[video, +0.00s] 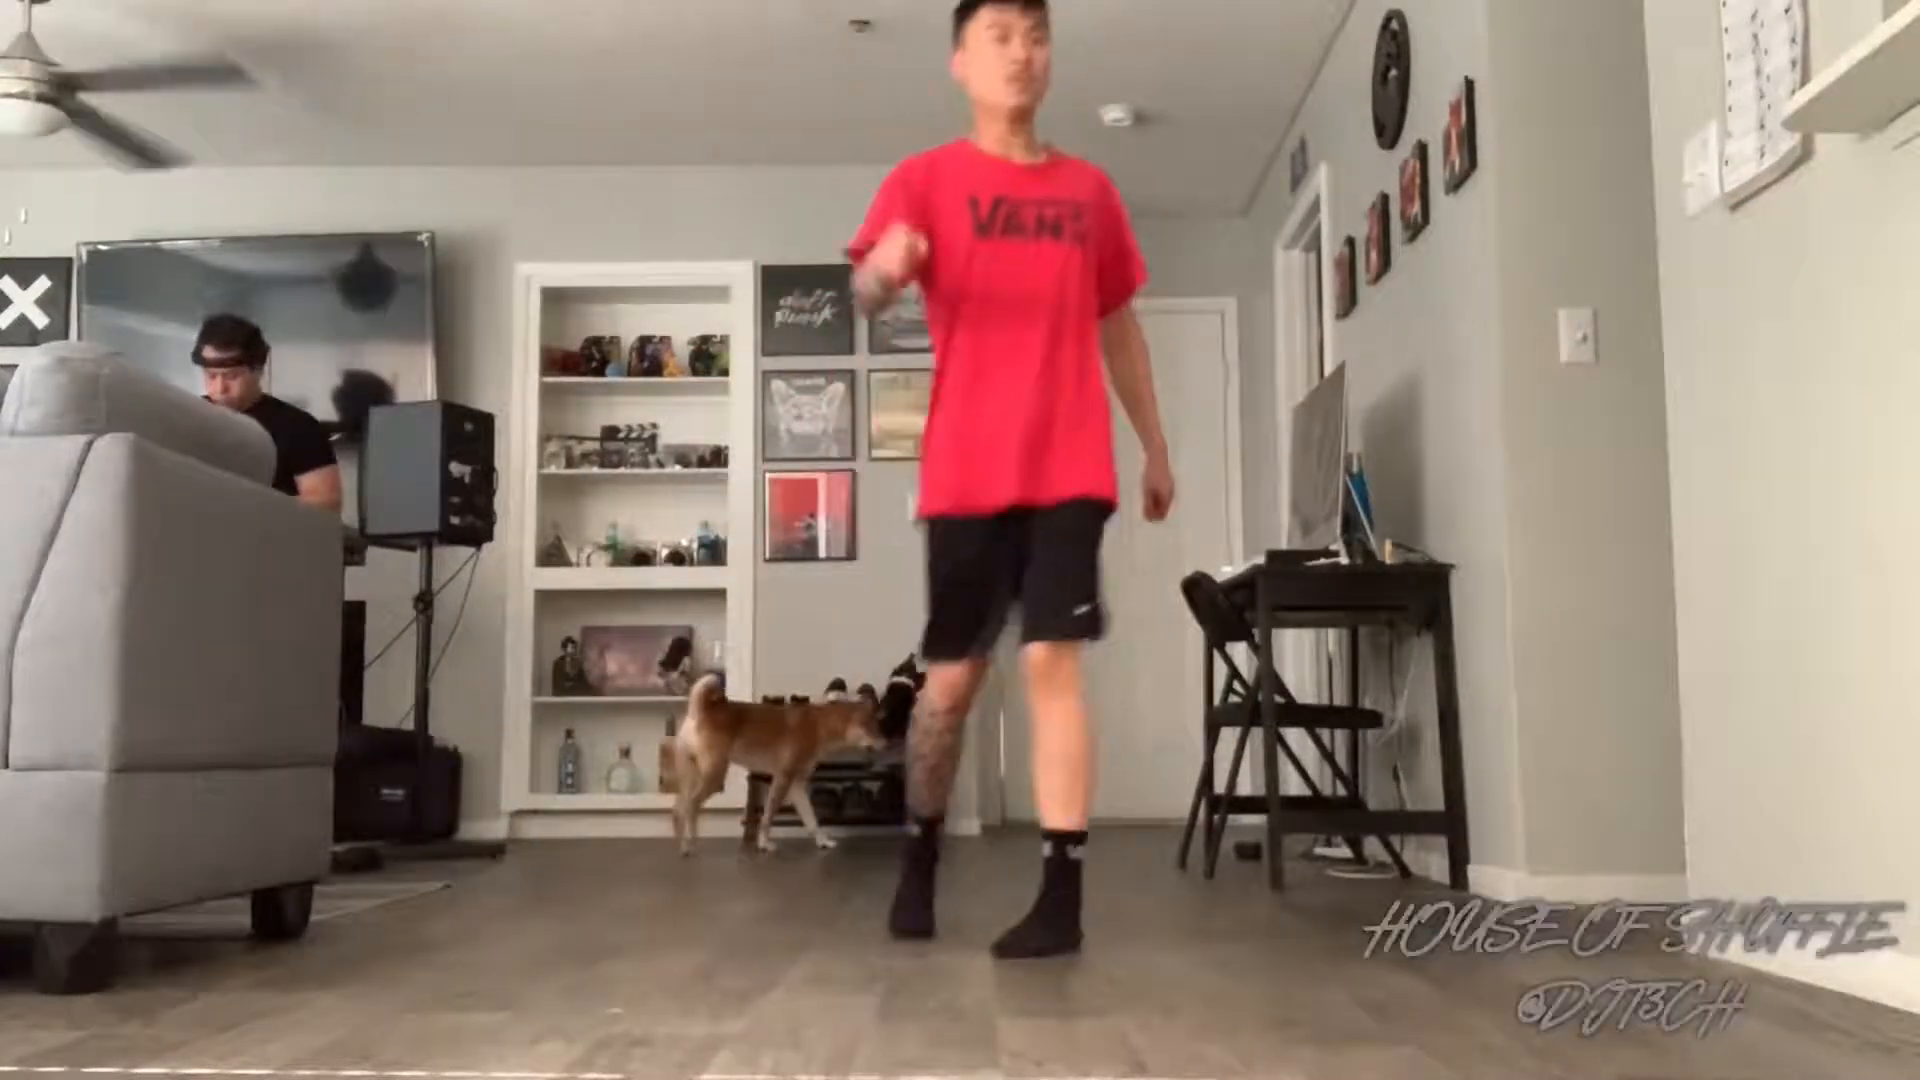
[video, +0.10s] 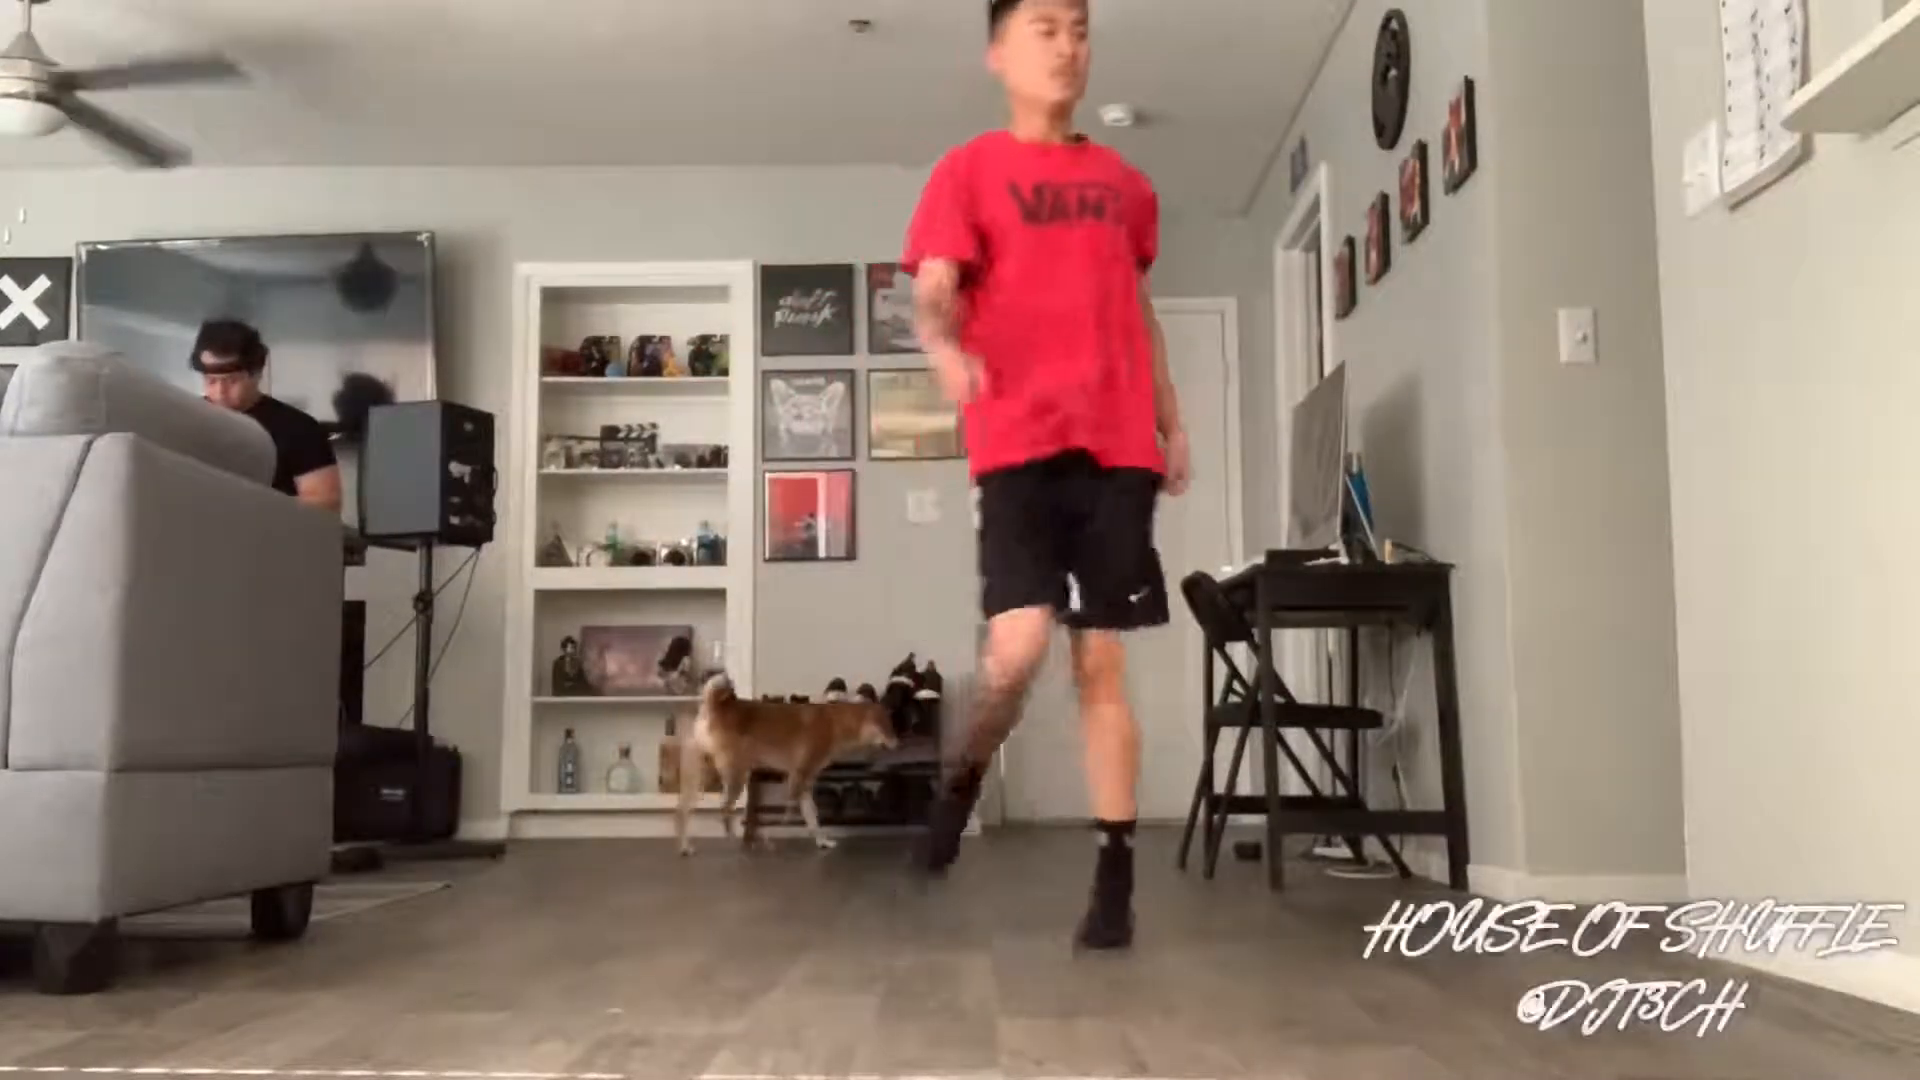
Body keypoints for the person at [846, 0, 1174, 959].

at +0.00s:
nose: (1023, 54)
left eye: (1036, 38)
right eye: (1000, 38)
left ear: (1053, 61)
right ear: (959, 63)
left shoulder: (1088, 187)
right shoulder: (924, 181)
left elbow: (1120, 326)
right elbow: (869, 286)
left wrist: (1154, 445)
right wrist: (887, 266)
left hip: (1070, 458)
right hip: (968, 461)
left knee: (1051, 661)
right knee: (951, 683)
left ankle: (1060, 898)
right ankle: (919, 863)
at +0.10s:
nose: (1067, 46)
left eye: (1078, 33)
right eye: (1046, 31)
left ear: (1091, 57)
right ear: (997, 55)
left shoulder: (1123, 180)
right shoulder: (969, 170)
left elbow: (1135, 305)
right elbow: (930, 296)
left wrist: (1168, 418)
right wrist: (948, 355)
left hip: (1118, 444)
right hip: (1017, 441)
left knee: (1100, 665)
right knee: (1019, 653)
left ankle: (1115, 878)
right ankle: (958, 787)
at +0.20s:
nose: (1107, 51)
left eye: (1114, 39)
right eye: (1083, 39)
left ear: (1126, 71)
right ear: (1035, 74)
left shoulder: (1155, 200)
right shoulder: (1008, 190)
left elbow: (1162, 322)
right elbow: (962, 333)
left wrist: (1198, 367)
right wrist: (976, 436)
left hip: (1151, 455)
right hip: (1058, 451)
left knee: (1132, 675)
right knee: (1120, 614)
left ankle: (1130, 883)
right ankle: (1022, 745)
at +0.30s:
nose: (1130, 37)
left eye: (1136, 25)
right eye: (1106, 23)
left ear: (1145, 52)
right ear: (1055, 54)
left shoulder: (1179, 171)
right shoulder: (1027, 173)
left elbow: (1200, 303)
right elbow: (987, 328)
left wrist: (1232, 302)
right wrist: (992, 452)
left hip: (1182, 437)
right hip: (1090, 437)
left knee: (1142, 661)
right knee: (1194, 618)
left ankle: (1119, 871)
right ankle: (1154, 817)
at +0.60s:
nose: (1172, 28)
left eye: (1172, 13)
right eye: (1149, 16)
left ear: (1164, 46)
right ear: (1093, 49)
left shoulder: (1169, 162)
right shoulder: (1068, 150)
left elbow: (1173, 311)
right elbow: (1018, 296)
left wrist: (1235, 397)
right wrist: (1102, 381)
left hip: (1194, 433)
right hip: (1126, 440)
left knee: (1281, 618)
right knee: (1173, 649)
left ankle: (1145, 762)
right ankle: (1127, 877)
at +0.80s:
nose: (1146, 36)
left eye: (1151, 24)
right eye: (1122, 21)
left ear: (1153, 54)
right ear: (1068, 48)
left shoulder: (1163, 176)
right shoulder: (1038, 147)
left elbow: (1154, 317)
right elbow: (984, 286)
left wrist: (1184, 433)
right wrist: (1101, 311)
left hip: (1165, 441)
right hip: (1093, 441)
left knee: (1184, 654)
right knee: (1186, 645)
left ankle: (1013, 771)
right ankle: (1167, 875)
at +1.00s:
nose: (1152, 66)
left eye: (1144, 47)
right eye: (1139, 46)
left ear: (1071, 71)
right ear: (1103, 60)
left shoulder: (1032, 165)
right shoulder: (1114, 146)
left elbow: (1013, 321)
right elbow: (1114, 306)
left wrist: (1132, 387)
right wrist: (1157, 378)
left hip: (1031, 448)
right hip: (1094, 446)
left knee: (1046, 655)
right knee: (1145, 657)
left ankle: (973, 861)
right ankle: (1157, 891)